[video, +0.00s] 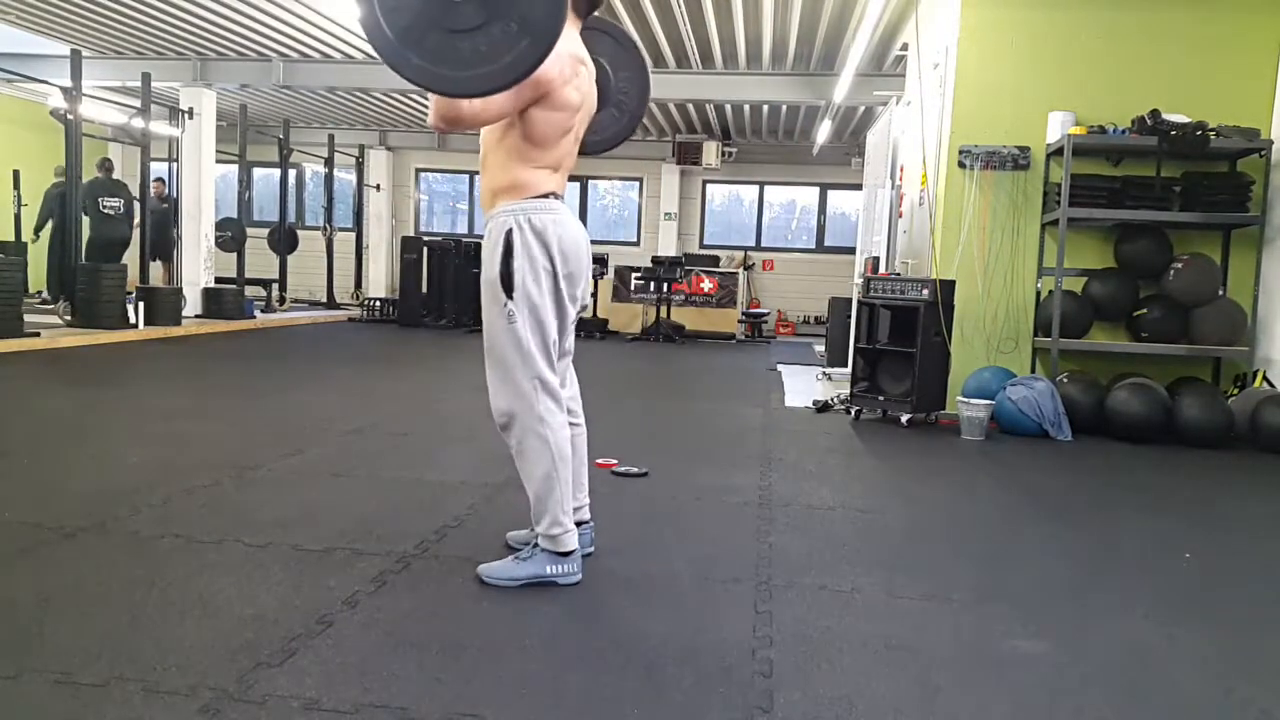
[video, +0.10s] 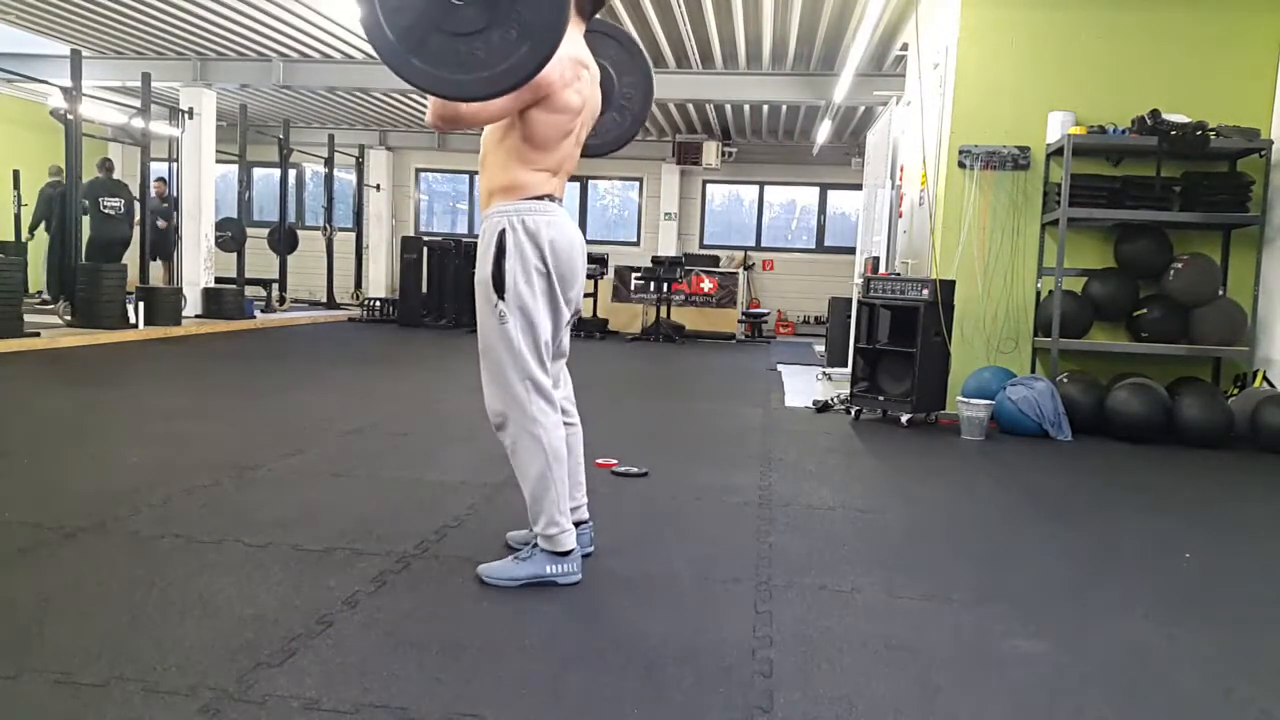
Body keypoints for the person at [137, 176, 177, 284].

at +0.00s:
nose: (155, 190)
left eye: (157, 187)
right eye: (153, 187)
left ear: (164, 187)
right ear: (151, 188)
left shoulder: (172, 201)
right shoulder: (149, 201)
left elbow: (177, 218)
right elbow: (143, 217)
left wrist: (177, 233)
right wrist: (133, 225)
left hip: (166, 238)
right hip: (150, 236)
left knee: (166, 265)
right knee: (145, 263)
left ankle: (166, 289)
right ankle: (143, 288)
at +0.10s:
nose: (155, 190)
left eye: (158, 187)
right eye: (154, 187)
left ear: (165, 187)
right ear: (153, 188)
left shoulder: (173, 201)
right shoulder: (150, 201)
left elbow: (179, 218)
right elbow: (146, 216)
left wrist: (168, 224)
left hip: (166, 238)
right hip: (150, 237)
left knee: (166, 265)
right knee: (144, 263)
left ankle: (166, 289)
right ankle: (143, 287)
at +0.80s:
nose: (150, 188)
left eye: (153, 185)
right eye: (149, 186)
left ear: (159, 187)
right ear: (148, 187)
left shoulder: (165, 203)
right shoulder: (146, 202)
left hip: (160, 239)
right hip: (147, 237)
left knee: (161, 262)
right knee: (147, 262)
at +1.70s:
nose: (165, 191)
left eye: (168, 188)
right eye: (163, 188)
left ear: (173, 189)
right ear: (160, 189)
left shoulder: (177, 202)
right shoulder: (155, 203)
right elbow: (149, 220)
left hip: (175, 234)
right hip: (160, 233)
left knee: (176, 263)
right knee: (155, 263)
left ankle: (177, 289)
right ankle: (152, 288)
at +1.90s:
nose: (169, 192)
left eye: (172, 189)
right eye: (167, 189)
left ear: (176, 190)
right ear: (165, 189)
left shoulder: (180, 203)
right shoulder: (160, 204)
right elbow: (150, 218)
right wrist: (162, 221)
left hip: (179, 237)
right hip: (165, 237)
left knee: (180, 266)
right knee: (158, 266)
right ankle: (152, 287)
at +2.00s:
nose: (171, 192)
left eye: (174, 189)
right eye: (169, 189)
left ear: (177, 190)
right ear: (166, 190)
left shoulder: (181, 203)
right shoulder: (161, 204)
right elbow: (152, 219)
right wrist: (164, 222)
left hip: (179, 237)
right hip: (166, 236)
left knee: (178, 264)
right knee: (160, 264)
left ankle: (177, 289)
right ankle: (153, 288)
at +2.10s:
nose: (173, 192)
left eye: (175, 189)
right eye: (171, 189)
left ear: (178, 190)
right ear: (167, 190)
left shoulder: (181, 204)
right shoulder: (163, 204)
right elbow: (155, 218)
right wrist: (165, 222)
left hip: (179, 236)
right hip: (167, 235)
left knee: (177, 264)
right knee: (160, 264)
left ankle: (177, 288)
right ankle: (153, 287)